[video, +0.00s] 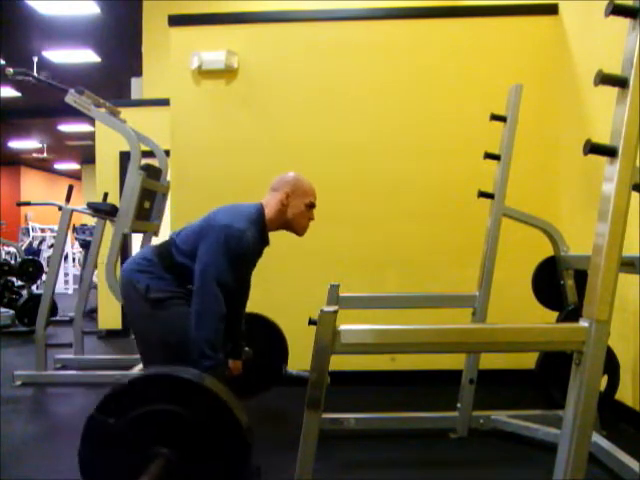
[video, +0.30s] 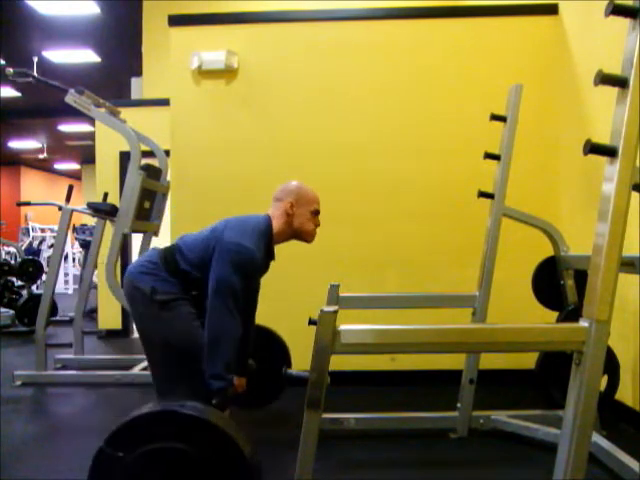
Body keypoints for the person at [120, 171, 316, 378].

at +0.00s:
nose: (313, 216)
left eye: (313, 209)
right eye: (309, 207)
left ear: (285, 201)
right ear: (285, 200)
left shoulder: (251, 233)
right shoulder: (234, 229)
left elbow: (234, 301)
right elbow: (208, 301)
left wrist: (234, 352)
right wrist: (213, 365)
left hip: (169, 286)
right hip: (149, 283)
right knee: (174, 372)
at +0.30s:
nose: (318, 222)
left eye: (319, 215)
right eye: (314, 214)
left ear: (289, 210)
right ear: (290, 209)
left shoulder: (256, 244)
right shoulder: (243, 242)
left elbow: (242, 315)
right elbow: (223, 314)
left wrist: (237, 370)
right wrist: (220, 383)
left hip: (167, 287)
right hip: (153, 284)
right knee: (188, 370)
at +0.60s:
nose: (308, 212)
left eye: (309, 204)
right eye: (305, 202)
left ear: (280, 194)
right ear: (281, 193)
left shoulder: (247, 223)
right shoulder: (231, 220)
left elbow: (232, 287)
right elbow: (199, 284)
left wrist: (239, 335)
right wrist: (219, 346)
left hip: (170, 282)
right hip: (149, 281)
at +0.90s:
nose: (305, 198)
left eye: (308, 190)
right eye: (305, 187)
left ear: (282, 174)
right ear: (283, 173)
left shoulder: (247, 197)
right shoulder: (227, 189)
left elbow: (220, 251)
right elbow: (167, 227)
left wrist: (232, 279)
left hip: (197, 300)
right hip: (177, 299)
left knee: (205, 378)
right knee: (191, 379)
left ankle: (206, 456)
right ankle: (195, 461)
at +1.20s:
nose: (313, 204)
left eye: (316, 196)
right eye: (312, 193)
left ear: (288, 182)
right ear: (290, 181)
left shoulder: (251, 207)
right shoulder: (236, 200)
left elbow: (219, 258)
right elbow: (170, 245)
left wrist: (227, 287)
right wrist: (213, 286)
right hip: (173, 300)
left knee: (206, 380)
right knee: (193, 382)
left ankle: (206, 456)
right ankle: (196, 462)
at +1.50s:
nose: (310, 209)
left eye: (311, 201)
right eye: (307, 199)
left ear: (282, 191)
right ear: (282, 191)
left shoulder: (247, 224)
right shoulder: (228, 219)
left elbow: (231, 292)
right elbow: (198, 296)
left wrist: (233, 339)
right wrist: (213, 354)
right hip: (148, 285)